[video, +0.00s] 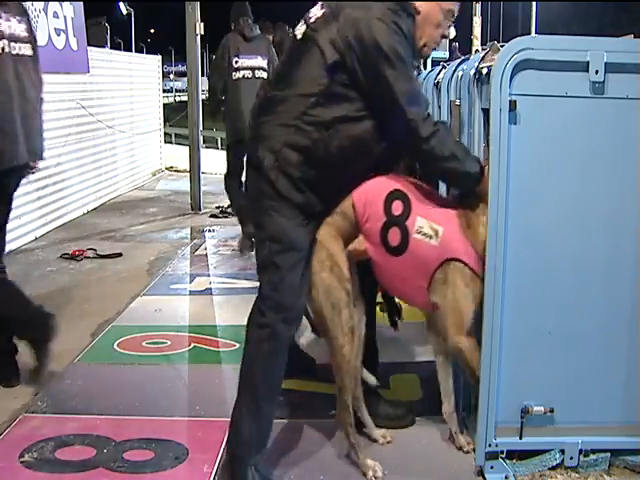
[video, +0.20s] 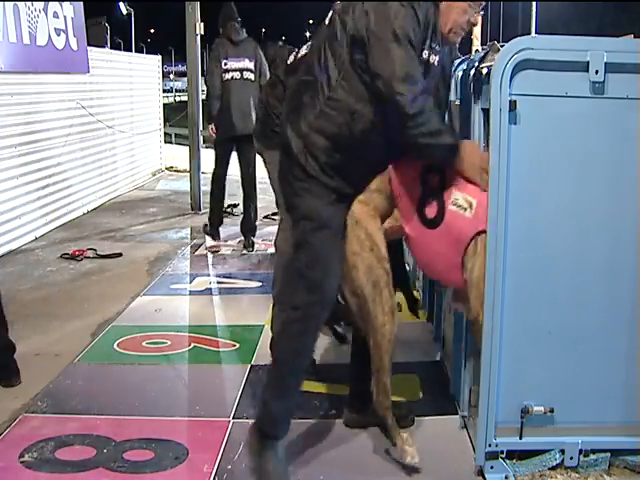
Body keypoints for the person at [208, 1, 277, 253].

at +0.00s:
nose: (237, 25)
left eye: (235, 22)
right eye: (242, 20)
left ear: (235, 21)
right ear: (251, 19)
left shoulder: (228, 43)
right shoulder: (266, 43)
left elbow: (217, 80)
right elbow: (277, 76)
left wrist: (216, 104)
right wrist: (272, 100)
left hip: (238, 122)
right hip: (262, 121)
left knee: (232, 177)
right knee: (257, 178)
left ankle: (247, 224)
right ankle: (252, 231)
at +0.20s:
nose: (226, 30)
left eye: (223, 27)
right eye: (231, 26)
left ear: (223, 26)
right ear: (239, 24)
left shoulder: (218, 48)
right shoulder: (254, 47)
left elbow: (215, 87)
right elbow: (265, 79)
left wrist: (211, 118)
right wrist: (263, 108)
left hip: (226, 121)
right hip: (249, 119)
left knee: (219, 175)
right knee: (249, 177)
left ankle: (214, 226)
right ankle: (249, 232)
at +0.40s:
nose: (212, 37)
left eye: (210, 33)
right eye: (217, 33)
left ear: (209, 33)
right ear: (227, 31)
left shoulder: (204, 57)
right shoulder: (241, 54)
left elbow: (198, 95)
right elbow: (251, 89)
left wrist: (195, 124)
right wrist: (247, 113)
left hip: (213, 126)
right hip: (238, 124)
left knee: (210, 179)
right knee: (235, 175)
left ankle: (212, 228)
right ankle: (241, 211)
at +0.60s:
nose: (209, 35)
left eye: (206, 31)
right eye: (214, 32)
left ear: (204, 31)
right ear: (221, 30)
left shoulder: (196, 54)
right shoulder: (233, 52)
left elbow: (188, 87)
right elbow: (242, 85)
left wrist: (190, 112)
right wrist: (240, 108)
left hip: (205, 120)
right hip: (228, 118)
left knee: (208, 169)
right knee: (223, 166)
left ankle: (213, 222)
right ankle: (220, 211)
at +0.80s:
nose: (213, 48)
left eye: (207, 45)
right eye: (216, 45)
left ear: (203, 45)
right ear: (220, 46)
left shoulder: (195, 64)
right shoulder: (229, 66)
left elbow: (187, 94)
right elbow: (237, 100)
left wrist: (191, 109)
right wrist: (236, 129)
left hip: (200, 122)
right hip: (223, 122)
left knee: (198, 171)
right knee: (220, 170)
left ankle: (205, 210)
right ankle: (216, 212)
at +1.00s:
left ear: (205, 65)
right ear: (220, 68)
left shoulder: (194, 75)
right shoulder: (225, 80)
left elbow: (185, 103)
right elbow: (230, 114)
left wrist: (187, 127)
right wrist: (230, 148)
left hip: (194, 124)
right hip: (216, 124)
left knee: (194, 165)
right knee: (219, 168)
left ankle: (192, 208)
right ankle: (217, 213)